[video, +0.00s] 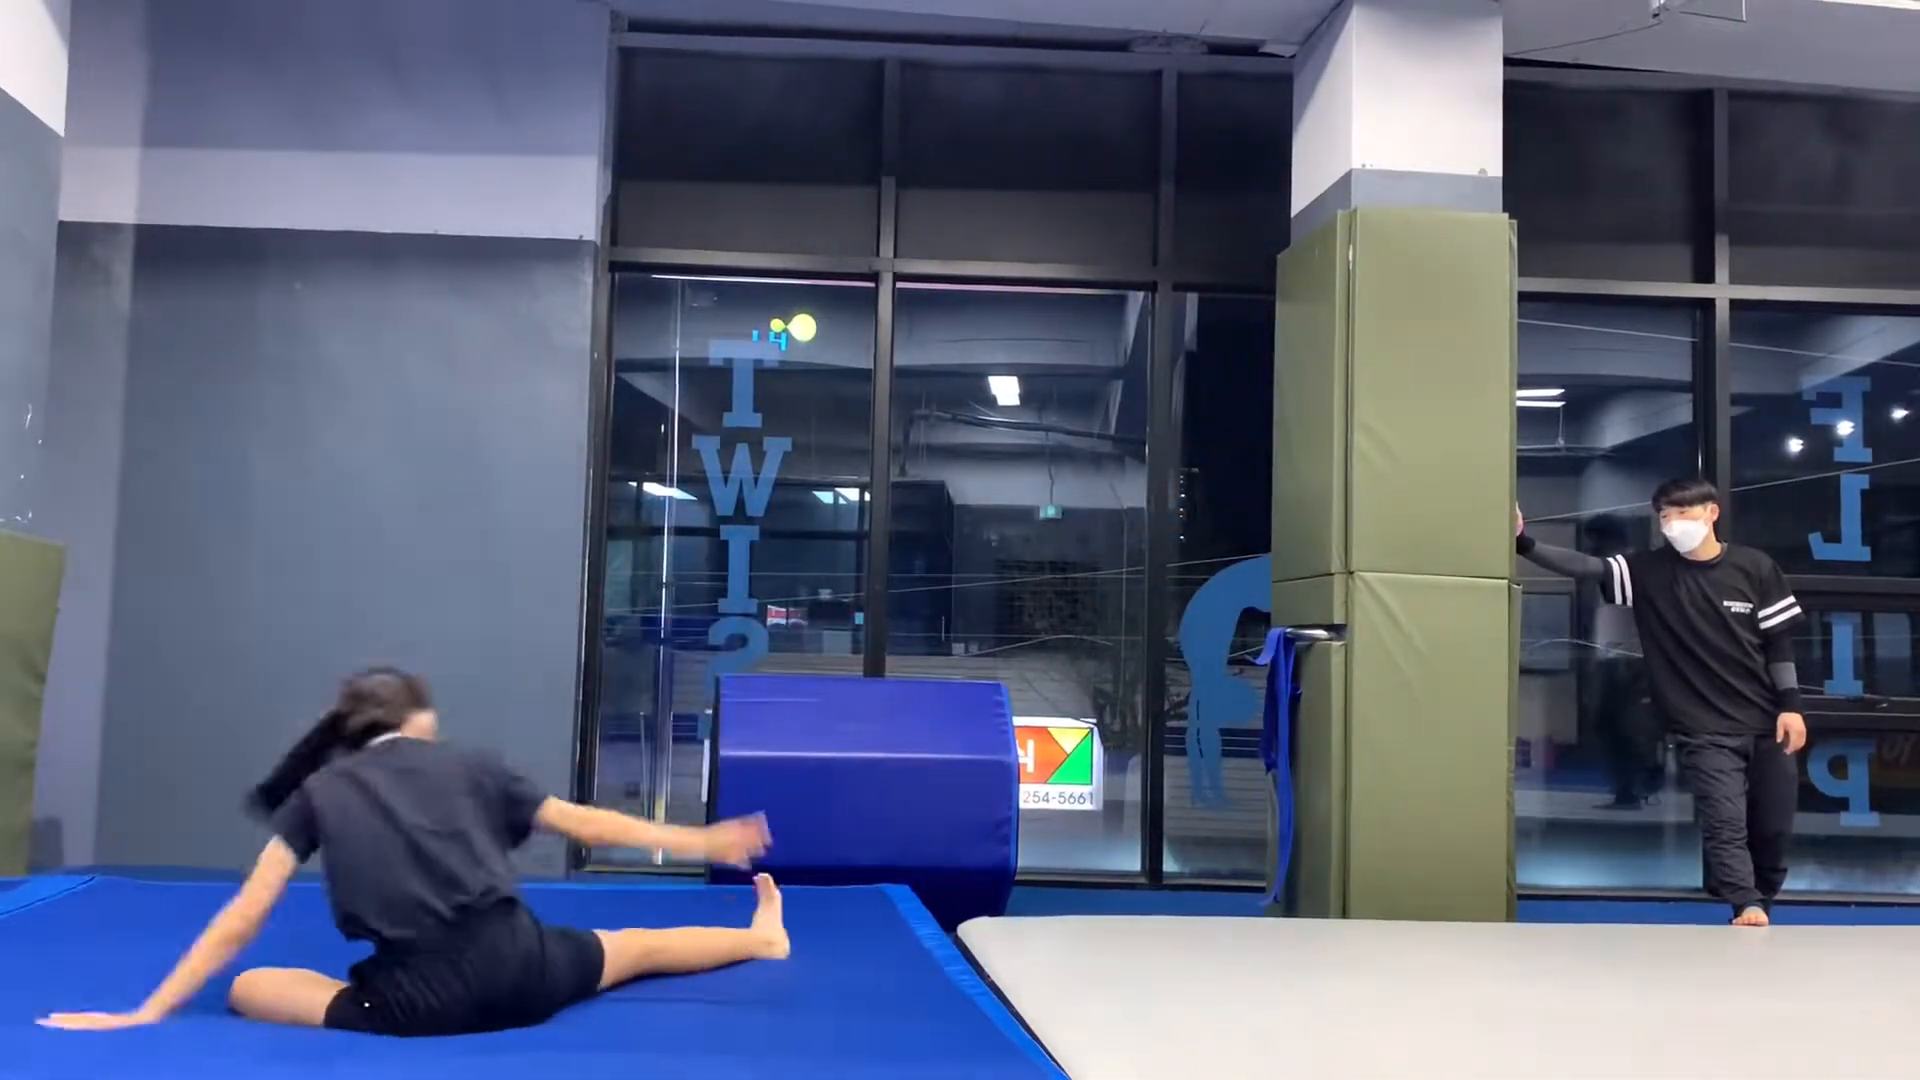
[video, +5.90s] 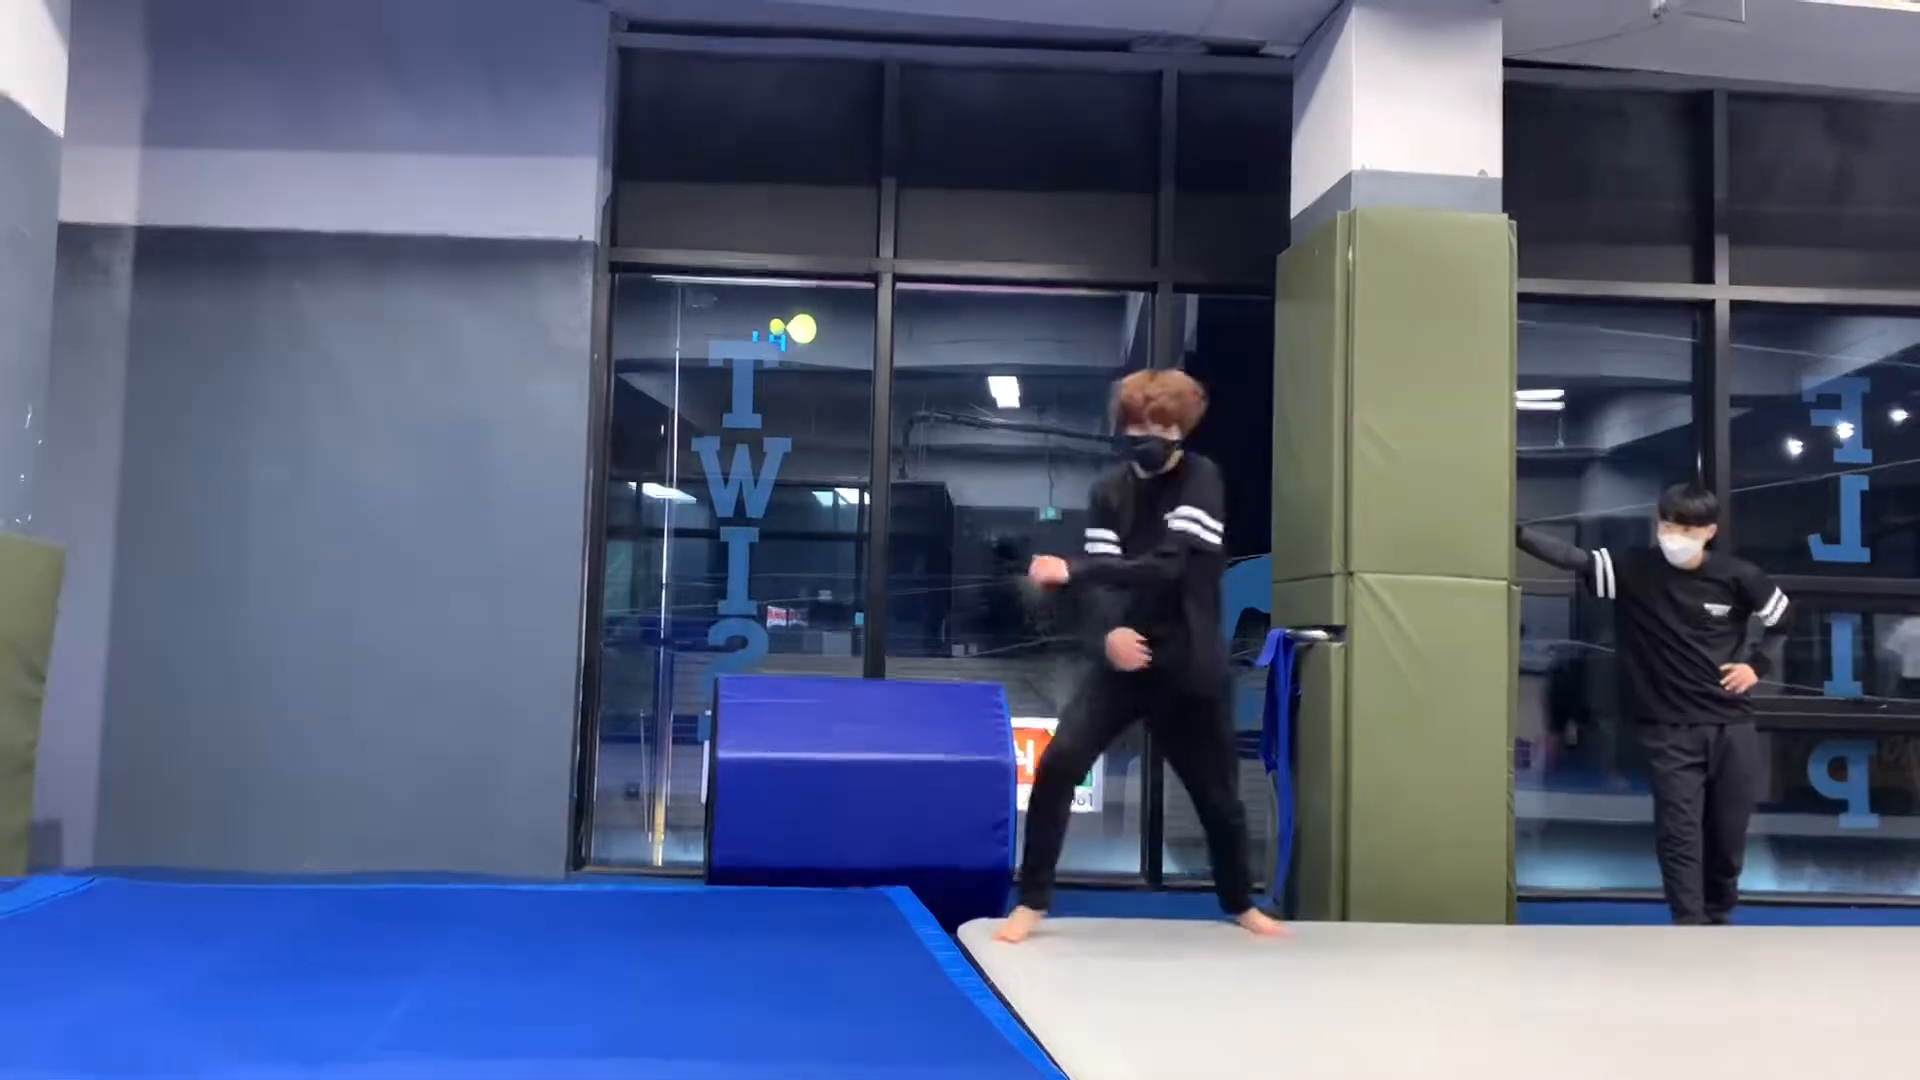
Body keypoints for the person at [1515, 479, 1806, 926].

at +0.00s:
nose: (1671, 523)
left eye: (1682, 513)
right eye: (1665, 515)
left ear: (1711, 513)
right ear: (1659, 521)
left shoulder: (1755, 568)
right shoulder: (1649, 569)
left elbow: (1780, 643)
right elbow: (1588, 567)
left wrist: (1790, 706)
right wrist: (1525, 543)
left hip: (1765, 722)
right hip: (1703, 725)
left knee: (1775, 826)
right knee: (1725, 817)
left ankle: (1760, 897)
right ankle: (1746, 906)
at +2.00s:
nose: (1664, 512)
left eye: (1675, 502)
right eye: (1656, 505)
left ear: (1700, 506)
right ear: (1648, 512)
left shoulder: (1740, 564)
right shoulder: (1634, 561)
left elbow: (1790, 614)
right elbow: (1576, 553)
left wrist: (1772, 670)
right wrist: (1523, 525)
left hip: (1732, 719)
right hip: (1668, 724)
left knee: (1748, 824)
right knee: (1684, 834)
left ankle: (1683, 901)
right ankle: (1717, 932)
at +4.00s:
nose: (1649, 525)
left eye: (1660, 515)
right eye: (1643, 516)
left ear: (1687, 514)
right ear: (1637, 518)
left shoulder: (1728, 567)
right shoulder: (1627, 559)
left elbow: (1770, 616)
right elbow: (1579, 545)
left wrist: (1757, 664)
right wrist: (1531, 517)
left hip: (1723, 719)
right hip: (1660, 723)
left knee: (1742, 823)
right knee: (1676, 831)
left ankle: (1676, 900)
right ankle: (1709, 923)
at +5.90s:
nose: (1670, 538)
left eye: (1683, 529)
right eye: (1665, 527)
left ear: (1709, 532)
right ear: (1656, 525)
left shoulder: (1737, 577)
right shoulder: (1633, 568)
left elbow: (1782, 620)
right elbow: (1572, 556)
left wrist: (1756, 666)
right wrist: (1515, 532)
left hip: (1731, 727)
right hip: (1668, 727)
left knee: (1728, 835)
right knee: (1680, 833)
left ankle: (1719, 923)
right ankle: (1689, 928)